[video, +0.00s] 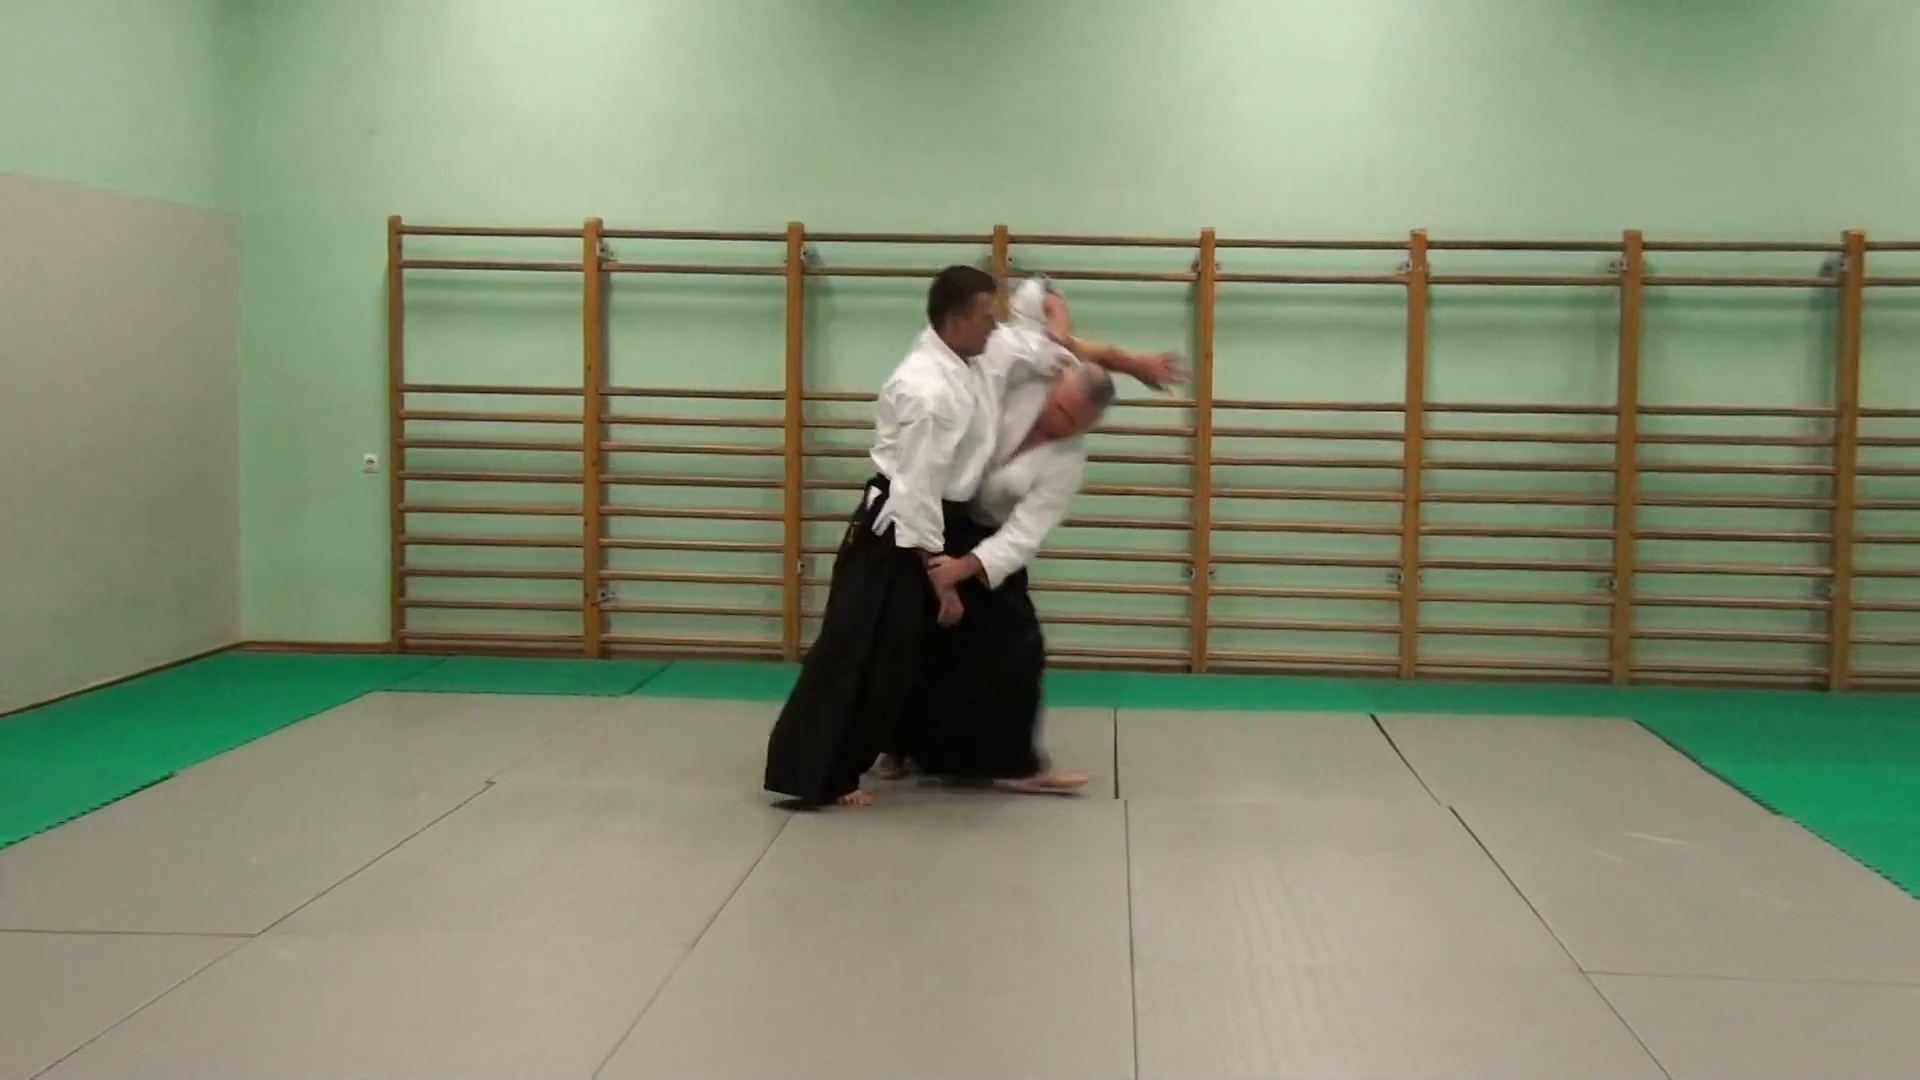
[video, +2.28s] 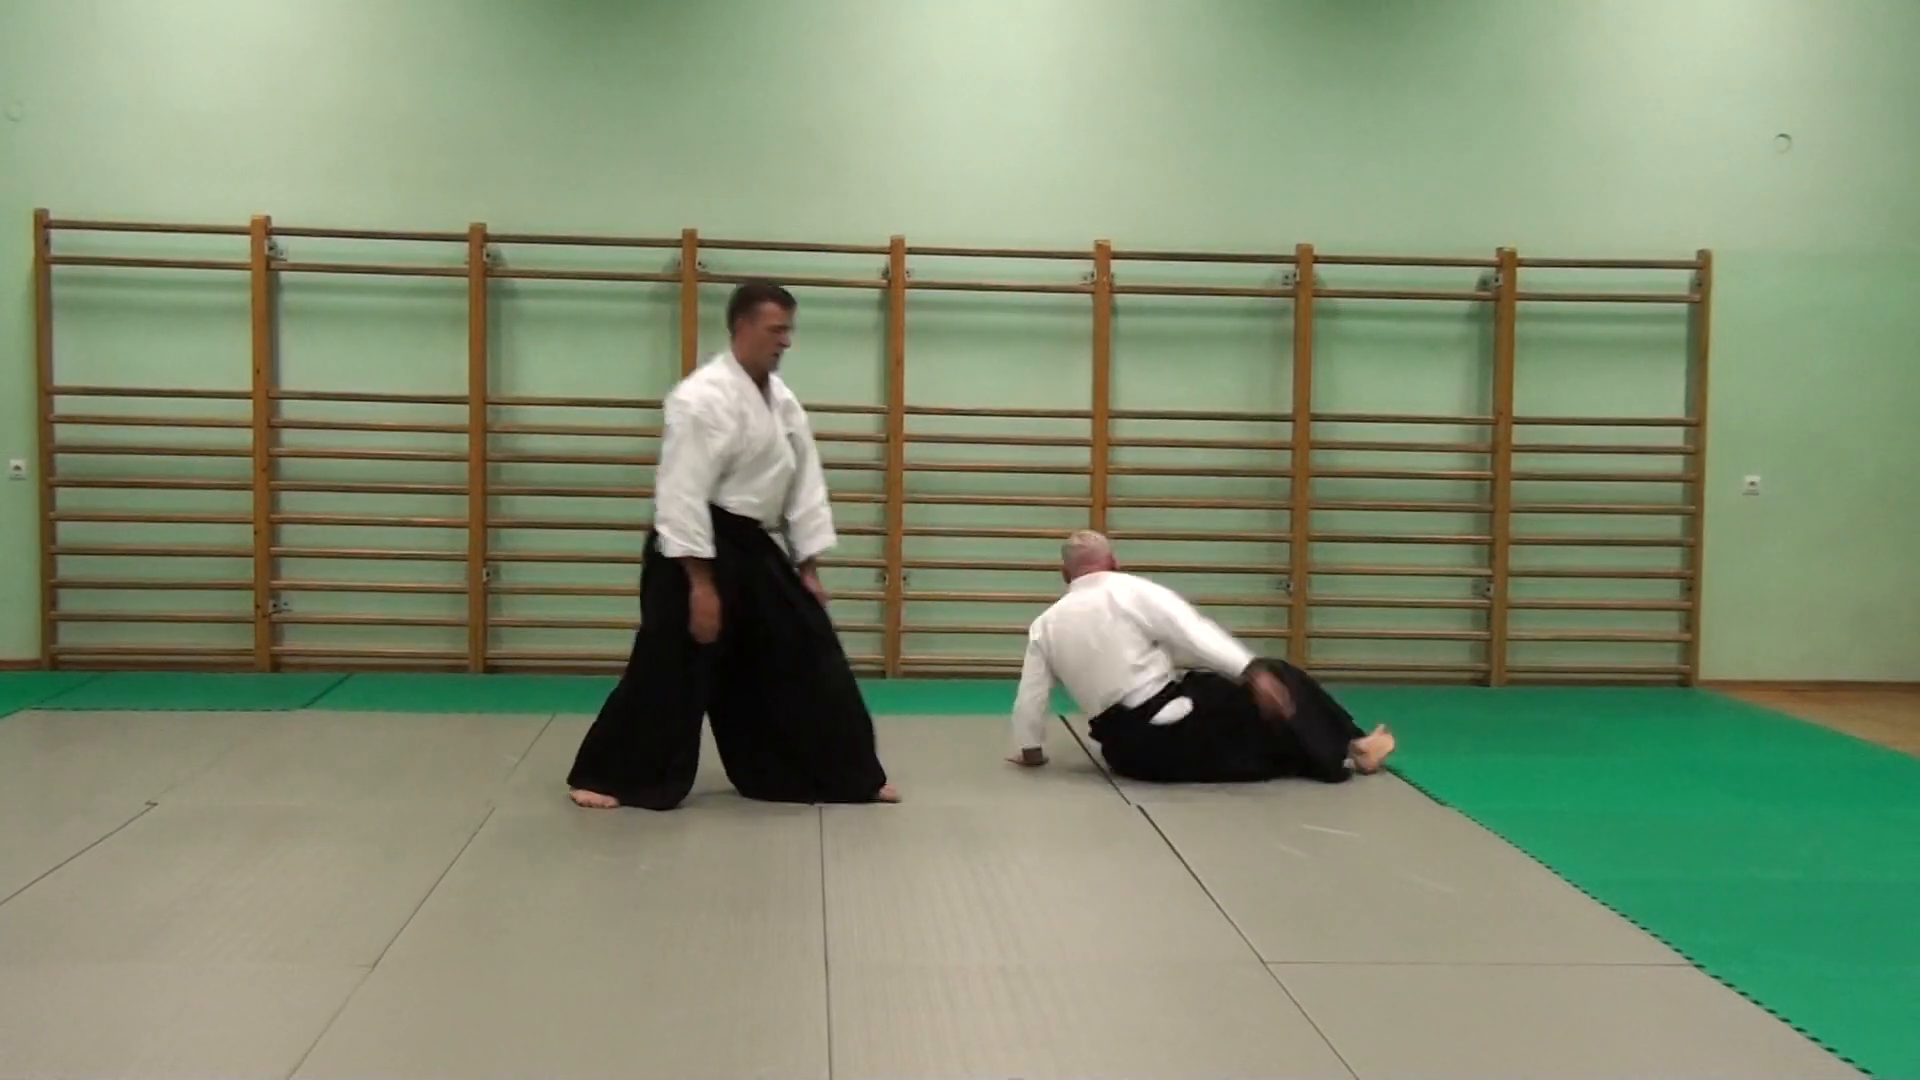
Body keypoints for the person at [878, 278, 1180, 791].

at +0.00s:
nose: (1058, 422)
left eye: (1071, 421)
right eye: (1058, 407)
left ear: (1087, 425)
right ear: (1051, 385)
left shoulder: (1065, 465)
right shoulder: (1019, 378)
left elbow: (1024, 535)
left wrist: (964, 567)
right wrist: (1059, 341)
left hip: (987, 539)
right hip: (935, 513)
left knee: (1019, 645)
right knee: (914, 636)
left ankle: (1013, 761)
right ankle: (900, 745)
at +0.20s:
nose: (996, 355)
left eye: (997, 343)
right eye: (986, 344)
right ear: (950, 345)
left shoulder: (989, 400)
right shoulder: (904, 407)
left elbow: (1059, 438)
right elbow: (877, 501)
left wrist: (1122, 490)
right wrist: (909, 587)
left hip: (942, 543)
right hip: (881, 538)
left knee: (995, 658)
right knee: (824, 650)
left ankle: (1053, 774)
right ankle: (749, 773)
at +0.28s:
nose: (977, 367)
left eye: (980, 356)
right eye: (970, 355)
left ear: (957, 358)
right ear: (934, 352)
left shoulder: (965, 409)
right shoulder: (883, 409)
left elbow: (1026, 454)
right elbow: (849, 501)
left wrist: (1092, 519)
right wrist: (885, 576)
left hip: (918, 550)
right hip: (853, 543)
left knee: (960, 661)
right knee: (793, 653)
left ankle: (996, 779)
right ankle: (706, 776)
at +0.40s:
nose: (935, 374)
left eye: (940, 364)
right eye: (930, 361)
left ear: (926, 363)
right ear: (895, 353)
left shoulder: (922, 415)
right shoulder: (838, 409)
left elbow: (965, 467)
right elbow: (801, 494)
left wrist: (1012, 518)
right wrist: (831, 573)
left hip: (862, 542)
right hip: (792, 537)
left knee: (891, 656)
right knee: (745, 657)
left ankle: (907, 779)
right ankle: (657, 766)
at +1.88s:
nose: (863, 368)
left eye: (867, 358)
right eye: (857, 357)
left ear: (853, 356)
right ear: (821, 350)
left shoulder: (847, 413)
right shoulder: (778, 414)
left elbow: (899, 472)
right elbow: (785, 508)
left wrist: (958, 536)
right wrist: (831, 578)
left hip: (792, 556)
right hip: (737, 550)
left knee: (861, 645)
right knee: (681, 657)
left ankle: (861, 775)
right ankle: (605, 773)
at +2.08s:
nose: (848, 357)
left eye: (851, 348)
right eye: (840, 346)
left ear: (833, 349)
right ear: (805, 343)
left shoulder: (835, 413)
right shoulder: (758, 407)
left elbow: (868, 485)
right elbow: (750, 507)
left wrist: (887, 566)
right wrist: (784, 588)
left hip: (787, 545)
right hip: (727, 545)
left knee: (851, 644)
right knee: (683, 659)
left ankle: (858, 773)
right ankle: (604, 772)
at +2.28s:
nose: (785, 341)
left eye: (788, 331)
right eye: (775, 330)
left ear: (786, 333)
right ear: (739, 329)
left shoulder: (783, 403)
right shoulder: (699, 398)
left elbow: (804, 485)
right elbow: (681, 494)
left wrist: (807, 565)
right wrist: (700, 581)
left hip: (756, 545)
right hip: (695, 543)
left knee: (814, 654)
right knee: (666, 665)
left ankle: (852, 774)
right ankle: (601, 775)